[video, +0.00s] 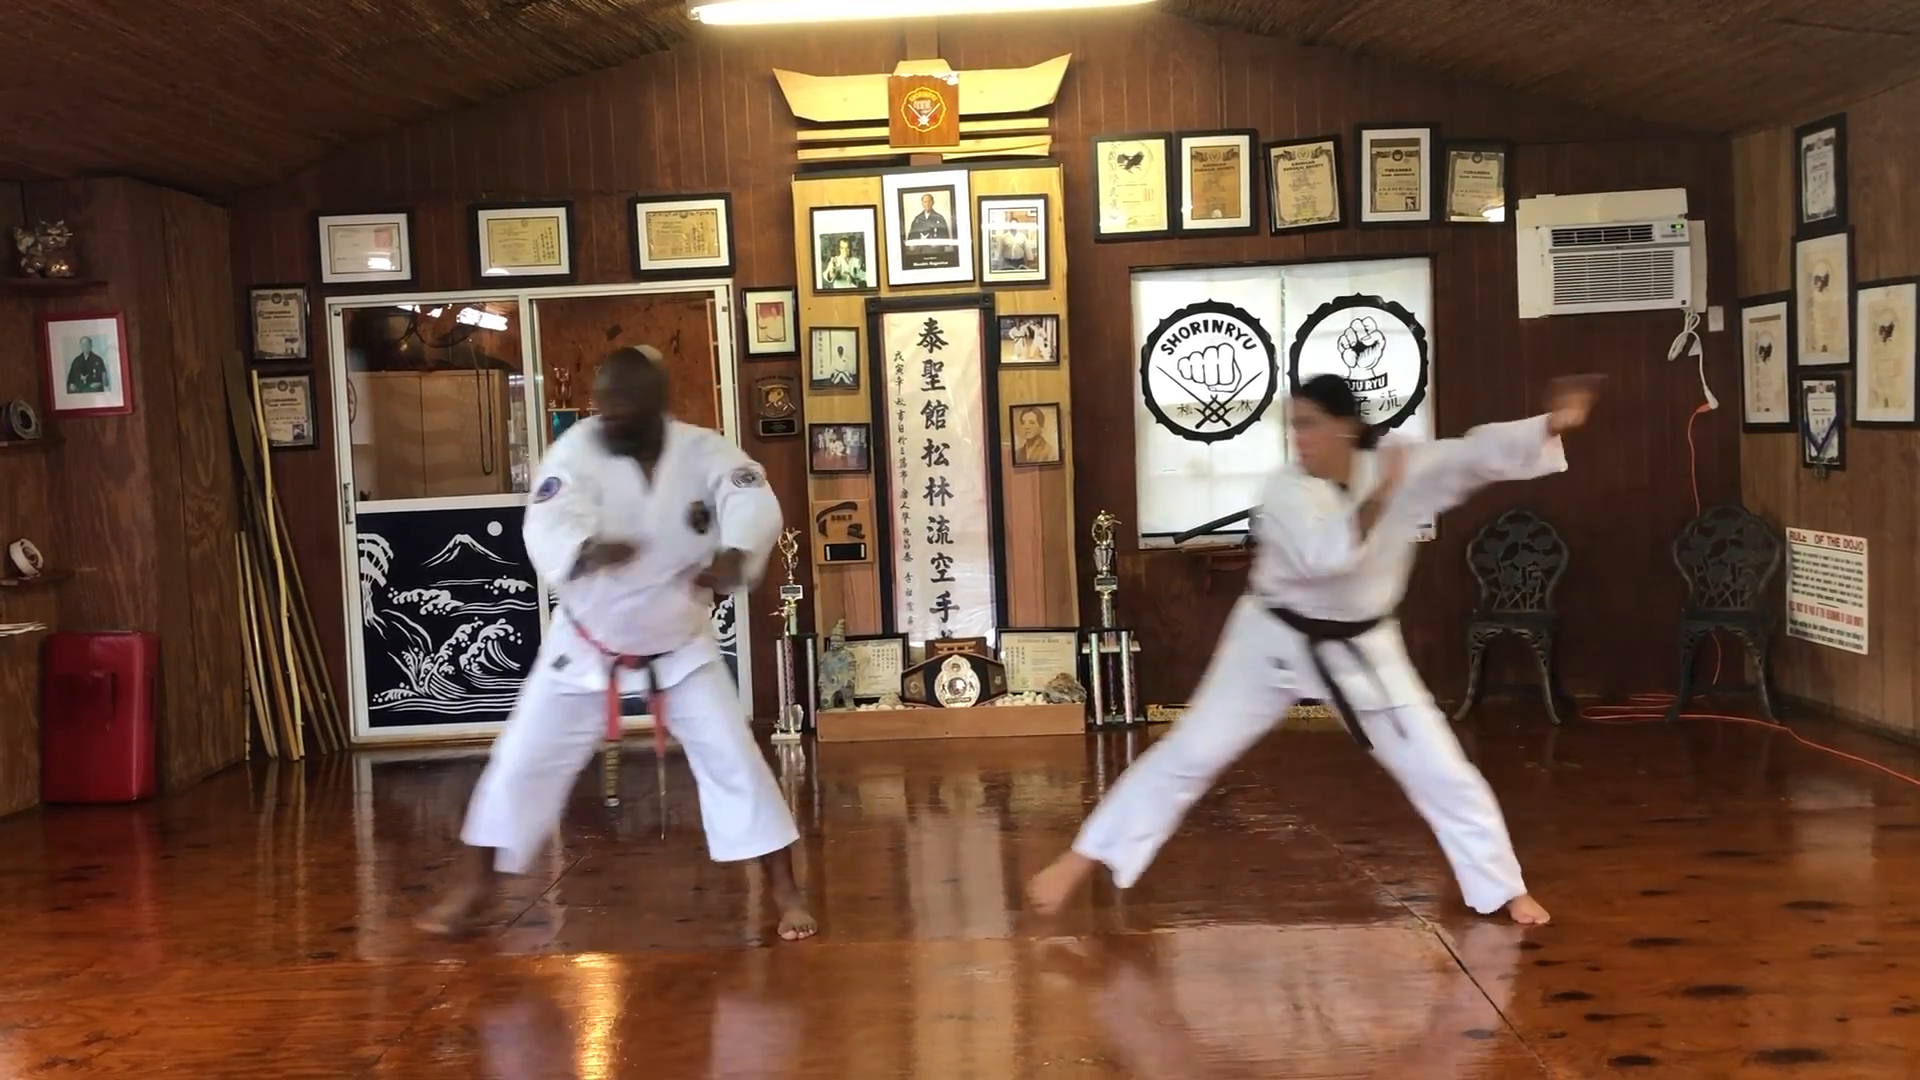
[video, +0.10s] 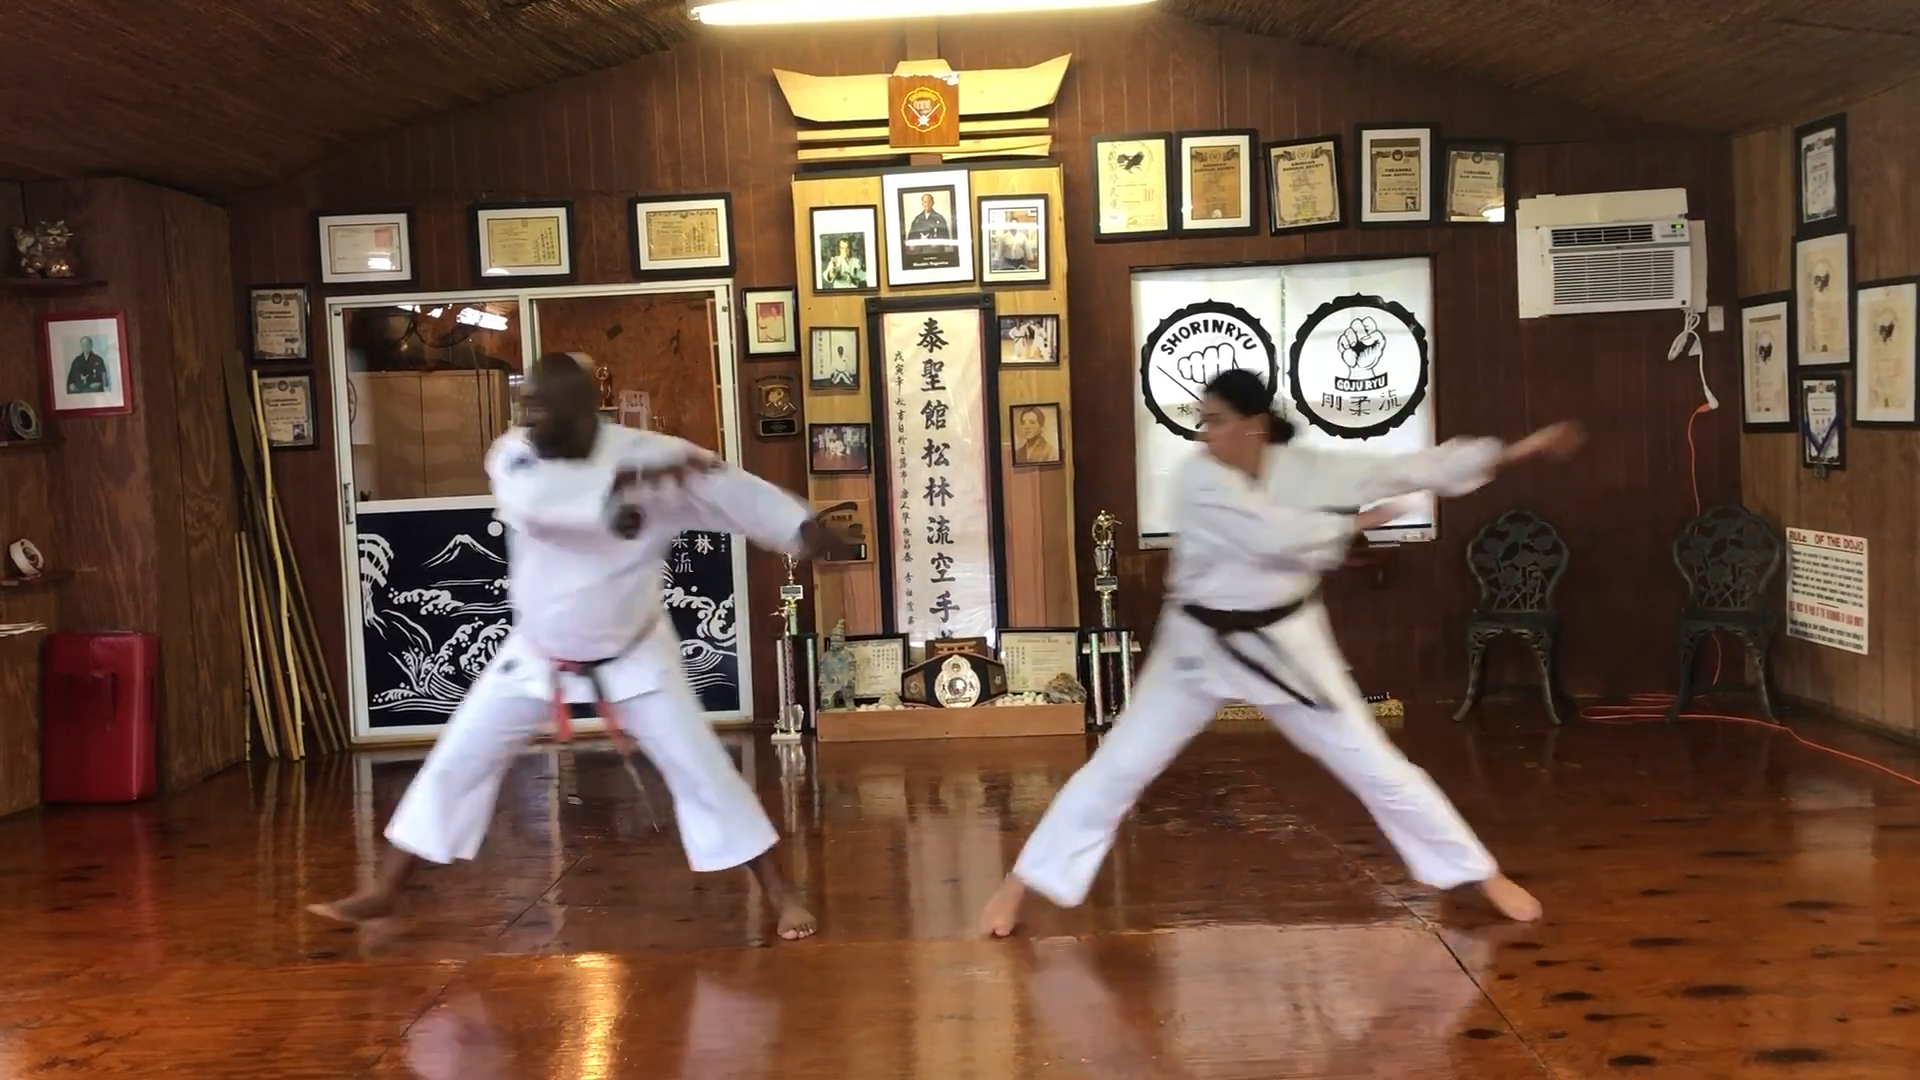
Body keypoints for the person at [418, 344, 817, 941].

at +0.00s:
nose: (604, 411)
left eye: (618, 400)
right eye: (600, 399)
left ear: (656, 400)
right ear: (596, 398)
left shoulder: (702, 450)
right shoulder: (578, 450)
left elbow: (754, 497)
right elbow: (545, 523)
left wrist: (736, 552)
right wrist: (588, 550)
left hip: (680, 642)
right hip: (583, 642)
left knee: (734, 754)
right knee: (519, 756)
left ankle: (785, 893)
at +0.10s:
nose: (526, 419)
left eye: (540, 409)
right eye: (523, 406)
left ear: (584, 411)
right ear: (524, 408)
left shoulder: (649, 457)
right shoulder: (511, 459)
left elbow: (725, 490)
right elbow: (528, 500)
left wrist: (799, 526)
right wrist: (616, 499)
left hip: (633, 651)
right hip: (536, 651)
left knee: (698, 760)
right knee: (455, 756)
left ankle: (777, 894)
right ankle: (383, 887)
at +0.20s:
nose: (468, 417)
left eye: (481, 409)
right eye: (469, 406)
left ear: (520, 416)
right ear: (474, 412)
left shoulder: (586, 473)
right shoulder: (451, 465)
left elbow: (681, 483)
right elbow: (471, 500)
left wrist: (775, 492)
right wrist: (547, 451)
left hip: (581, 661)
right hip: (480, 670)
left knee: (651, 767)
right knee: (399, 773)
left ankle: (727, 891)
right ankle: (347, 918)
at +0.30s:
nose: (423, 449)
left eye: (435, 436)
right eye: (422, 436)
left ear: (480, 440)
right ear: (429, 441)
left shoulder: (549, 494)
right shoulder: (414, 496)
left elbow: (621, 536)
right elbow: (376, 587)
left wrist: (644, 579)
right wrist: (450, 520)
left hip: (542, 675)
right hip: (439, 680)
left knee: (612, 783)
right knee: (351, 785)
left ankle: (597, 898)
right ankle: (330, 915)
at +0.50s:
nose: (388, 465)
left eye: (400, 452)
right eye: (384, 453)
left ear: (444, 451)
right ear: (387, 456)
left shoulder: (506, 517)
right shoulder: (374, 520)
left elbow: (514, 626)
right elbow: (335, 604)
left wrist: (421, 651)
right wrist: (268, 672)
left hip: (498, 688)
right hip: (397, 690)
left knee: (573, 776)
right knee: (308, 790)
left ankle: (584, 898)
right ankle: (326, 916)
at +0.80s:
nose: (461, 435)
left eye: (459, 423)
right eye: (444, 428)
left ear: (460, 420)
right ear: (401, 438)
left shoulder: (499, 497)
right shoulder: (359, 505)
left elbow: (510, 599)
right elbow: (320, 586)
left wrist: (427, 637)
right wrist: (277, 650)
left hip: (500, 664)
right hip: (397, 672)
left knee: (583, 758)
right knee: (324, 786)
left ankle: (600, 893)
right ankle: (328, 915)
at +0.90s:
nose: (483, 435)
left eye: (481, 423)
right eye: (468, 427)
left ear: (479, 420)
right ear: (424, 435)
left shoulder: (513, 491)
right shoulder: (369, 498)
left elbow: (528, 593)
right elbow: (327, 567)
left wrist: (441, 638)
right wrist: (342, 608)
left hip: (512, 659)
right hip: (412, 669)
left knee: (609, 746)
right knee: (341, 787)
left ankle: (639, 879)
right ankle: (332, 915)